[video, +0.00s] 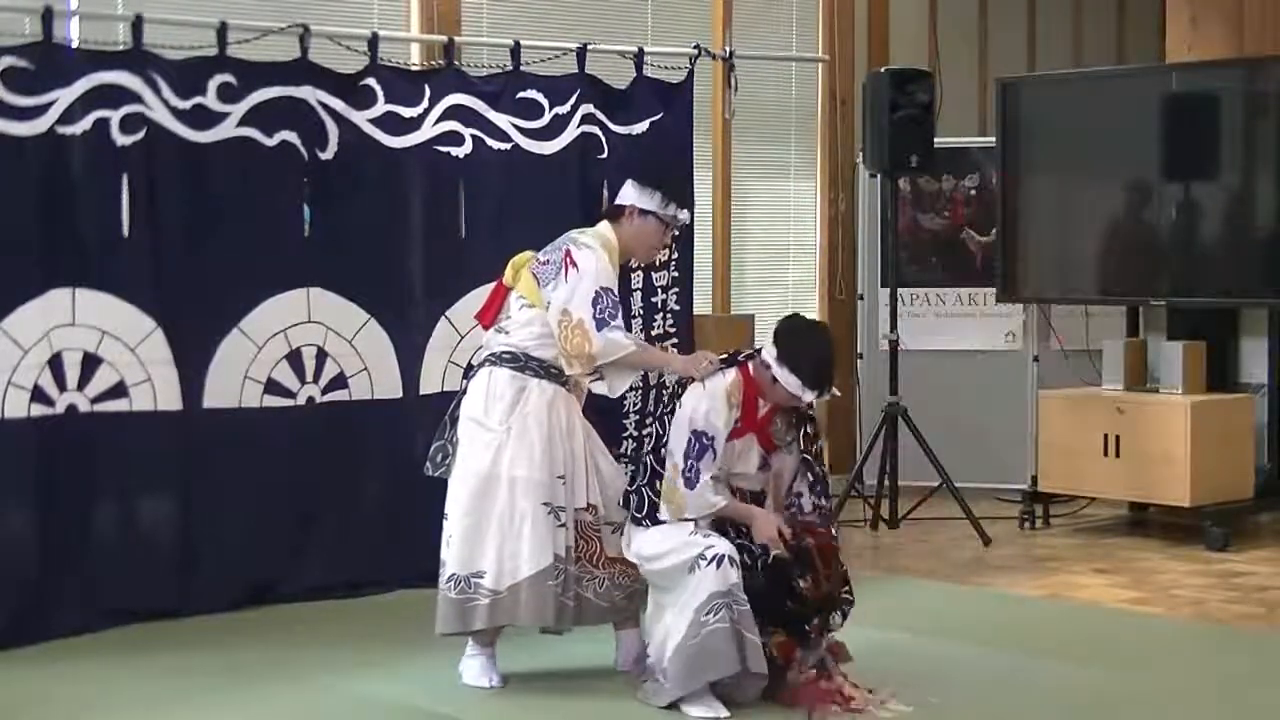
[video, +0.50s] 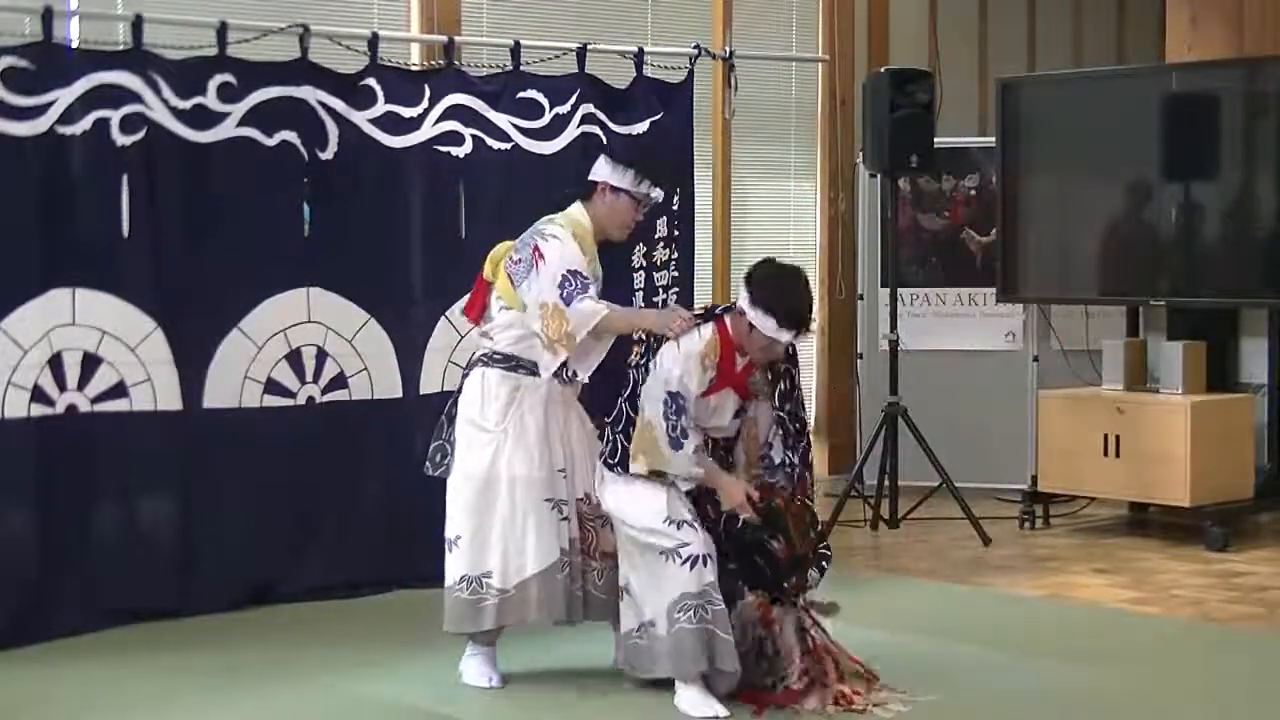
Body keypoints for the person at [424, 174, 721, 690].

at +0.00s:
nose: (666, 247)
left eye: (670, 236)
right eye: (665, 232)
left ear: (631, 218)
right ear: (632, 215)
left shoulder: (592, 257)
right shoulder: (588, 256)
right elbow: (599, 342)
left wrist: (651, 359)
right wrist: (678, 363)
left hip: (548, 403)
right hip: (512, 398)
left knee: (609, 510)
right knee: (504, 520)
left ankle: (631, 649)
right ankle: (480, 651)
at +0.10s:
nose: (667, 246)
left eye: (672, 235)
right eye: (666, 231)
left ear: (632, 217)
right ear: (633, 213)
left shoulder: (593, 256)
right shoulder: (586, 255)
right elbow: (592, 340)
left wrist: (654, 361)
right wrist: (671, 363)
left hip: (547, 403)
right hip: (512, 398)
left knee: (612, 514)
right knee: (501, 520)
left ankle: (633, 648)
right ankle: (480, 650)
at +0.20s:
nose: (667, 242)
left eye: (671, 231)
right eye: (665, 227)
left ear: (631, 215)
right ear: (631, 211)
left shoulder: (595, 258)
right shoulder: (583, 254)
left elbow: (582, 347)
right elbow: (586, 338)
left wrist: (657, 360)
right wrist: (665, 360)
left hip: (548, 401)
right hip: (511, 396)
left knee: (604, 517)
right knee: (501, 520)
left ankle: (631, 645)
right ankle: (480, 651)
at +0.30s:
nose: (660, 239)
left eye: (664, 229)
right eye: (659, 225)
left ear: (628, 213)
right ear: (626, 209)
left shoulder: (595, 260)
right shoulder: (577, 251)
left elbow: (584, 342)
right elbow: (578, 331)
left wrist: (650, 353)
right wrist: (654, 350)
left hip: (551, 401)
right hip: (508, 396)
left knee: (606, 513)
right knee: (502, 519)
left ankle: (631, 642)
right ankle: (482, 649)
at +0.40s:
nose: (651, 232)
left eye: (655, 220)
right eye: (648, 217)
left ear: (620, 206)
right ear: (617, 203)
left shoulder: (589, 257)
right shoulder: (566, 246)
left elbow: (579, 340)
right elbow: (576, 322)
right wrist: (652, 337)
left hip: (550, 401)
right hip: (506, 398)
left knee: (606, 508)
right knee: (499, 517)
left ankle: (633, 635)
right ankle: (482, 647)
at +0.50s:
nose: (639, 219)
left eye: (643, 210)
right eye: (634, 206)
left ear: (610, 201)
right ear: (603, 195)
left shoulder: (581, 252)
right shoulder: (554, 240)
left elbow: (568, 335)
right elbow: (577, 311)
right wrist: (652, 319)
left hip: (547, 398)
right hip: (504, 396)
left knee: (597, 504)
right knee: (497, 516)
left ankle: (639, 634)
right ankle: (481, 647)